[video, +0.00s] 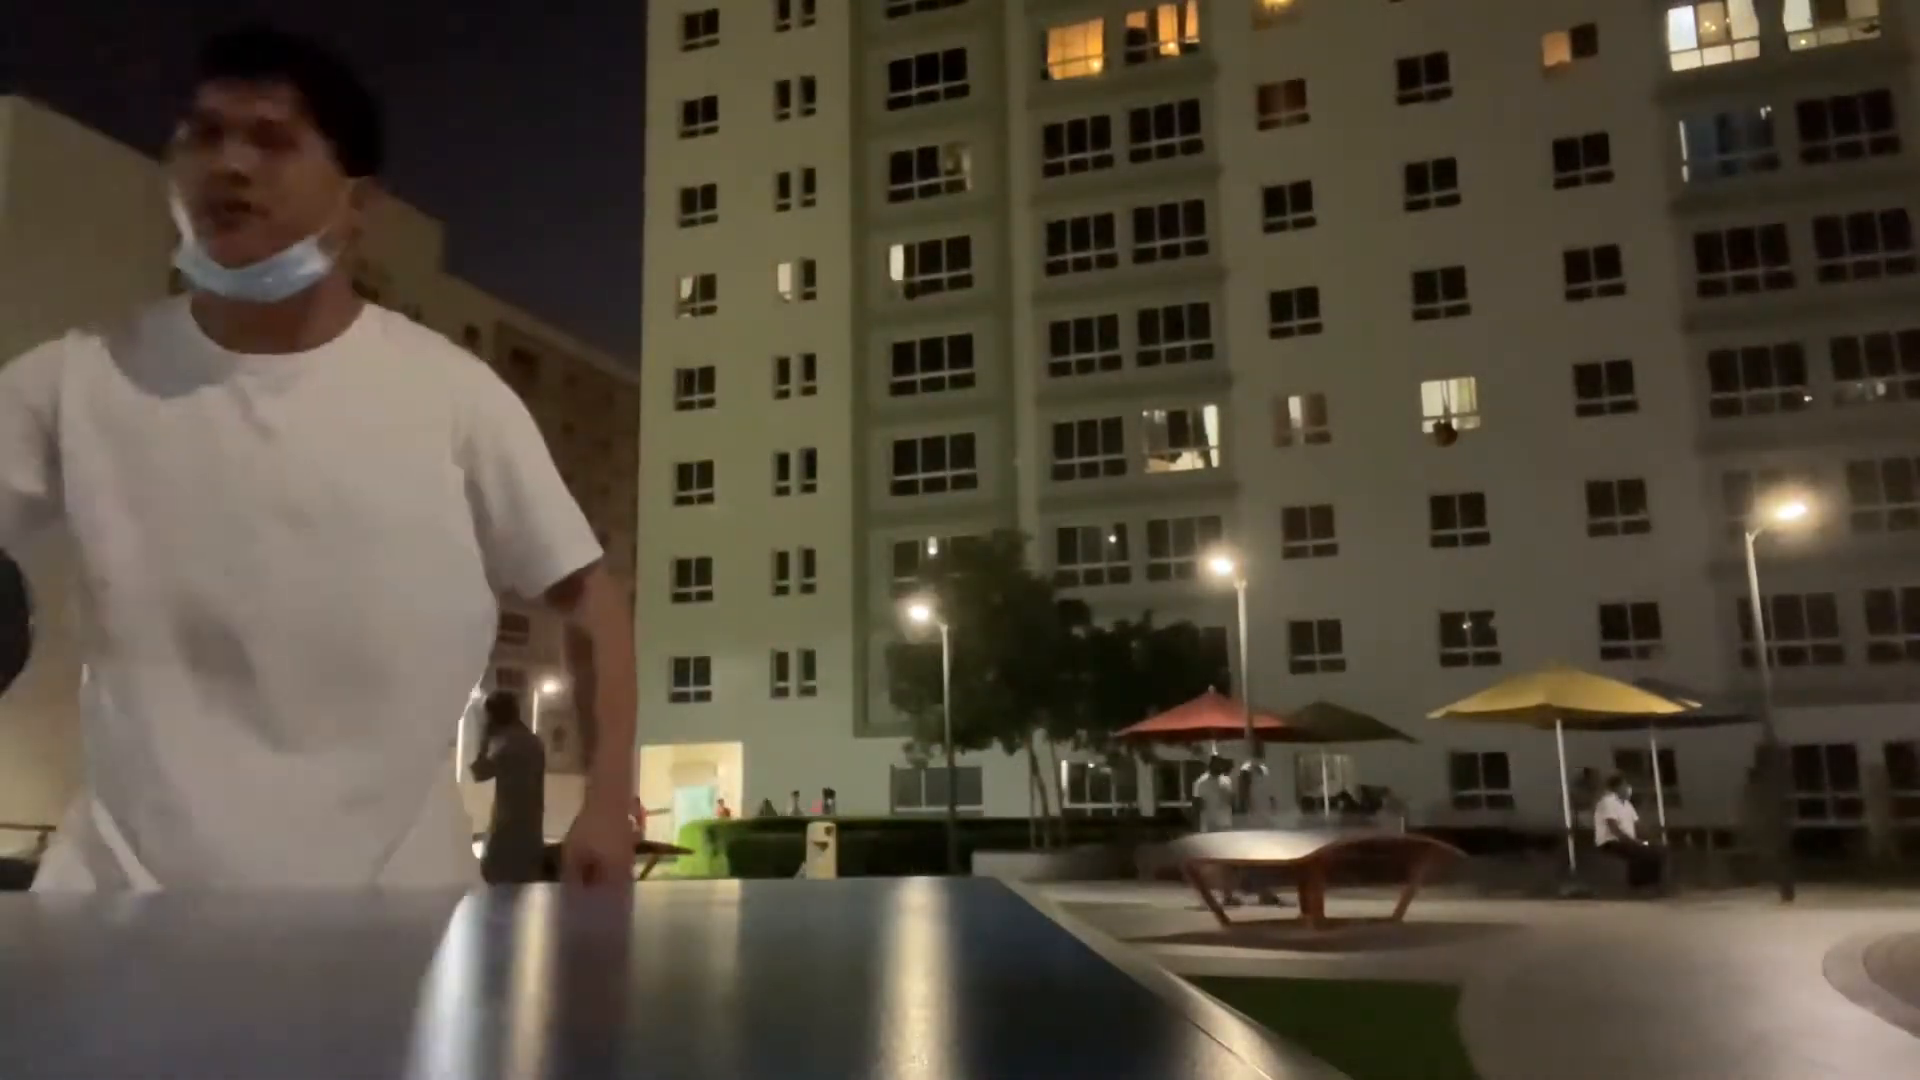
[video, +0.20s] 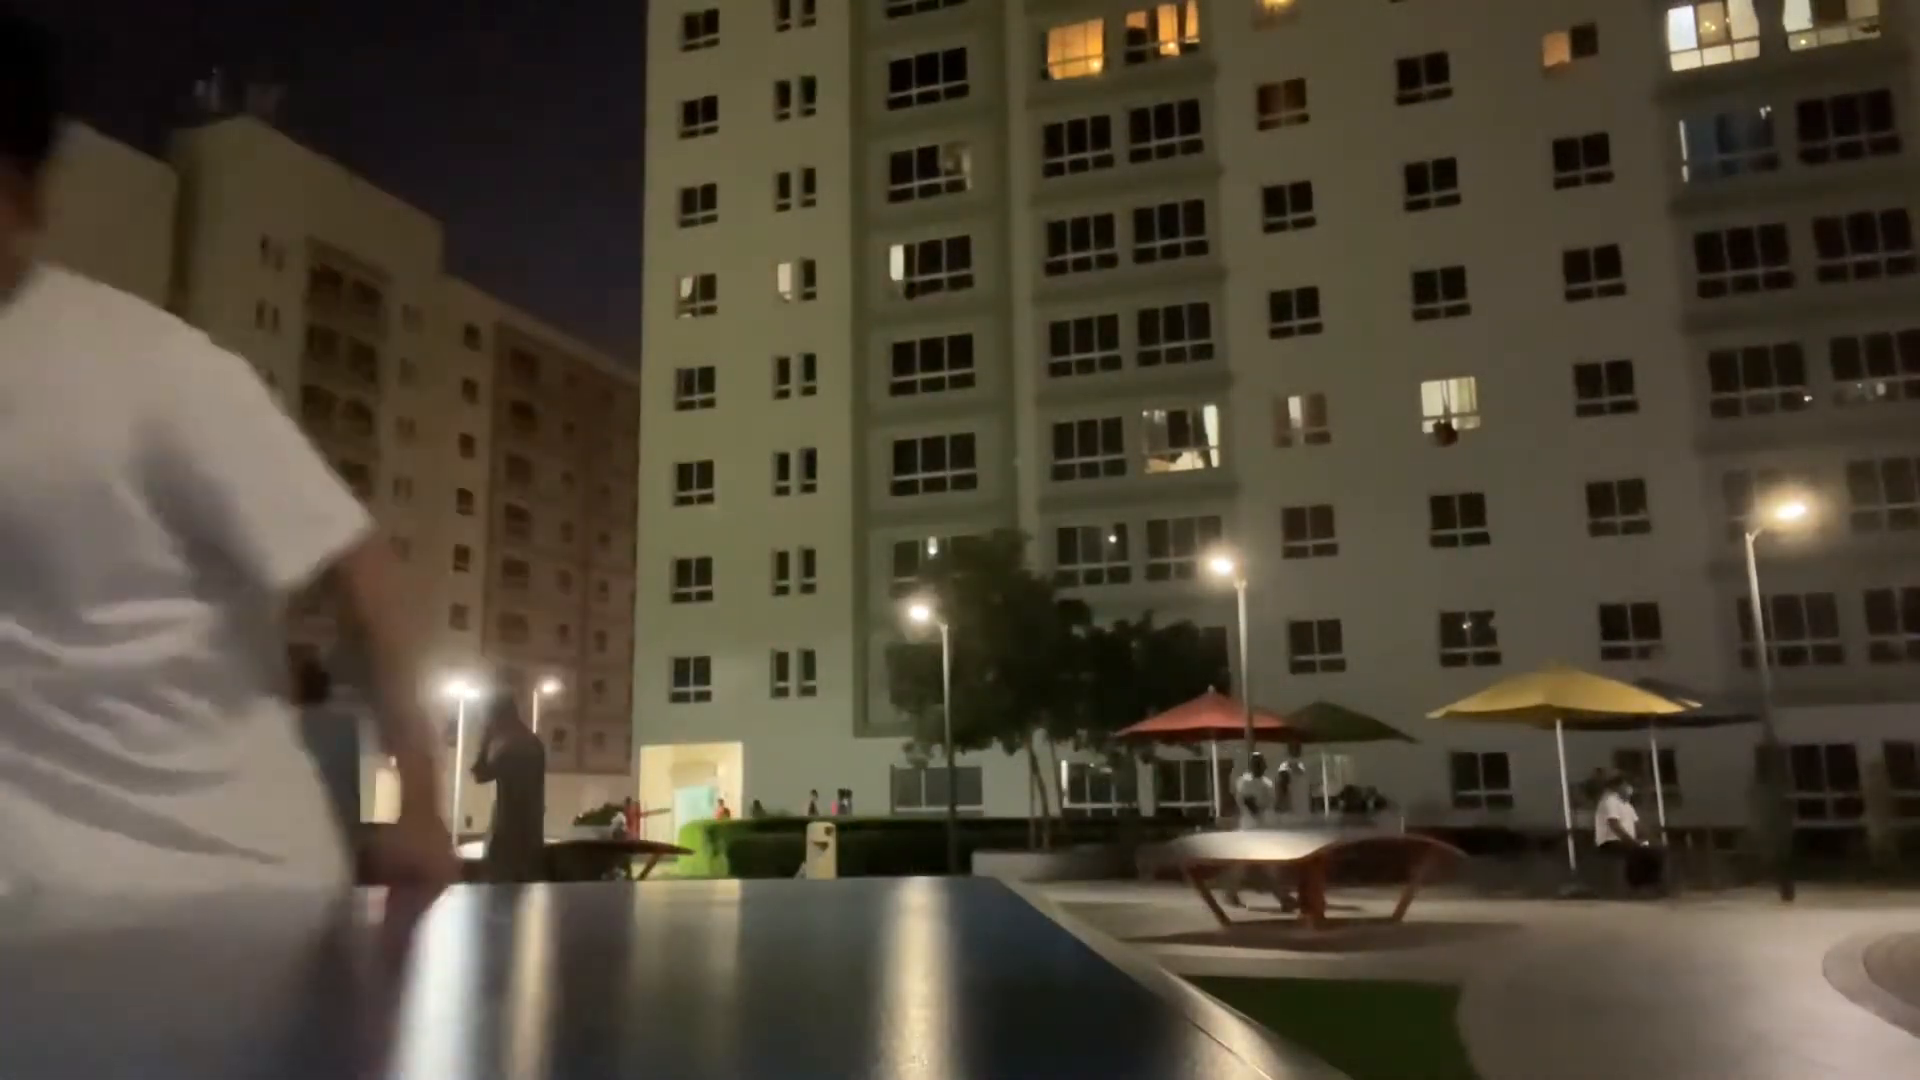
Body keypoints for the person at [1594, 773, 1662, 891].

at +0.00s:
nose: (1629, 790)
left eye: (1629, 787)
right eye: (1626, 786)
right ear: (1617, 788)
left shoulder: (1626, 803)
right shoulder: (1608, 801)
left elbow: (1636, 823)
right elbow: (1612, 826)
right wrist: (1634, 841)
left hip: (1627, 839)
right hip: (1609, 841)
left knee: (1652, 852)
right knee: (1637, 854)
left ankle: (1651, 886)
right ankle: (1636, 888)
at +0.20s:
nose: (1631, 790)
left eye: (1631, 787)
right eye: (1627, 786)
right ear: (1619, 786)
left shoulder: (1626, 803)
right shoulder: (1610, 799)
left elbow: (1636, 822)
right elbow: (1613, 822)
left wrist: (1647, 835)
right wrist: (1633, 841)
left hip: (1627, 841)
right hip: (1611, 843)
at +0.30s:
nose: (1630, 790)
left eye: (1630, 786)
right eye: (1627, 786)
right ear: (1618, 786)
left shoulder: (1626, 803)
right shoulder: (1610, 799)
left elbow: (1636, 822)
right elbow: (1613, 822)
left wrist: (1646, 836)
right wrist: (1633, 841)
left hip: (1626, 842)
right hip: (1611, 843)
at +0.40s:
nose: (1630, 790)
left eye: (1630, 786)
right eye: (1626, 786)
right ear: (1618, 787)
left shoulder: (1626, 804)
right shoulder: (1608, 800)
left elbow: (1636, 822)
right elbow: (1612, 822)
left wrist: (1645, 836)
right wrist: (1632, 841)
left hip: (1627, 841)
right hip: (1610, 842)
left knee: (1652, 852)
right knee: (1641, 855)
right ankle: (1638, 888)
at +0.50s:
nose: (1629, 789)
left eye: (1629, 785)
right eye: (1626, 785)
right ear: (1617, 787)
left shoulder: (1625, 802)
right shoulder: (1608, 800)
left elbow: (1636, 821)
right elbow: (1610, 822)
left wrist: (1651, 834)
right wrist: (1630, 841)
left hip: (1627, 840)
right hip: (1609, 843)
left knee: (1653, 851)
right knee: (1641, 855)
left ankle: (1651, 886)